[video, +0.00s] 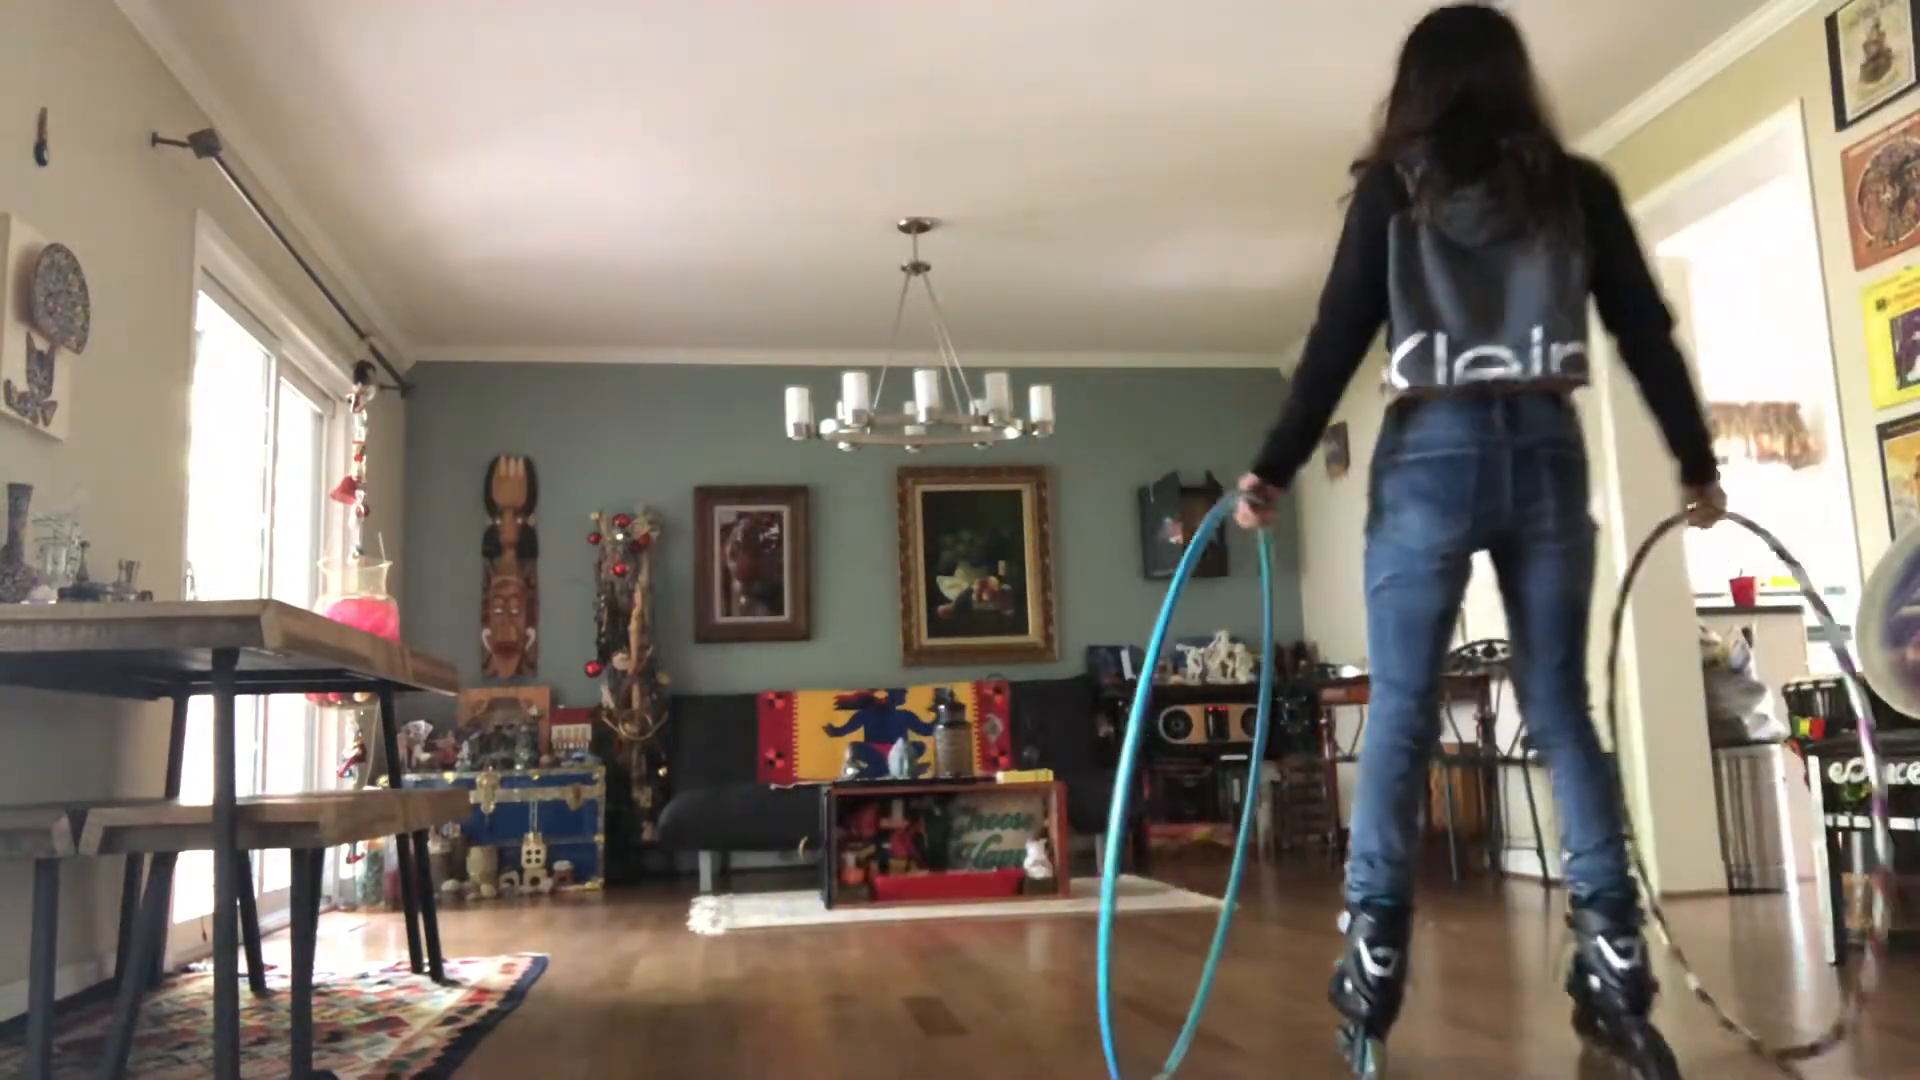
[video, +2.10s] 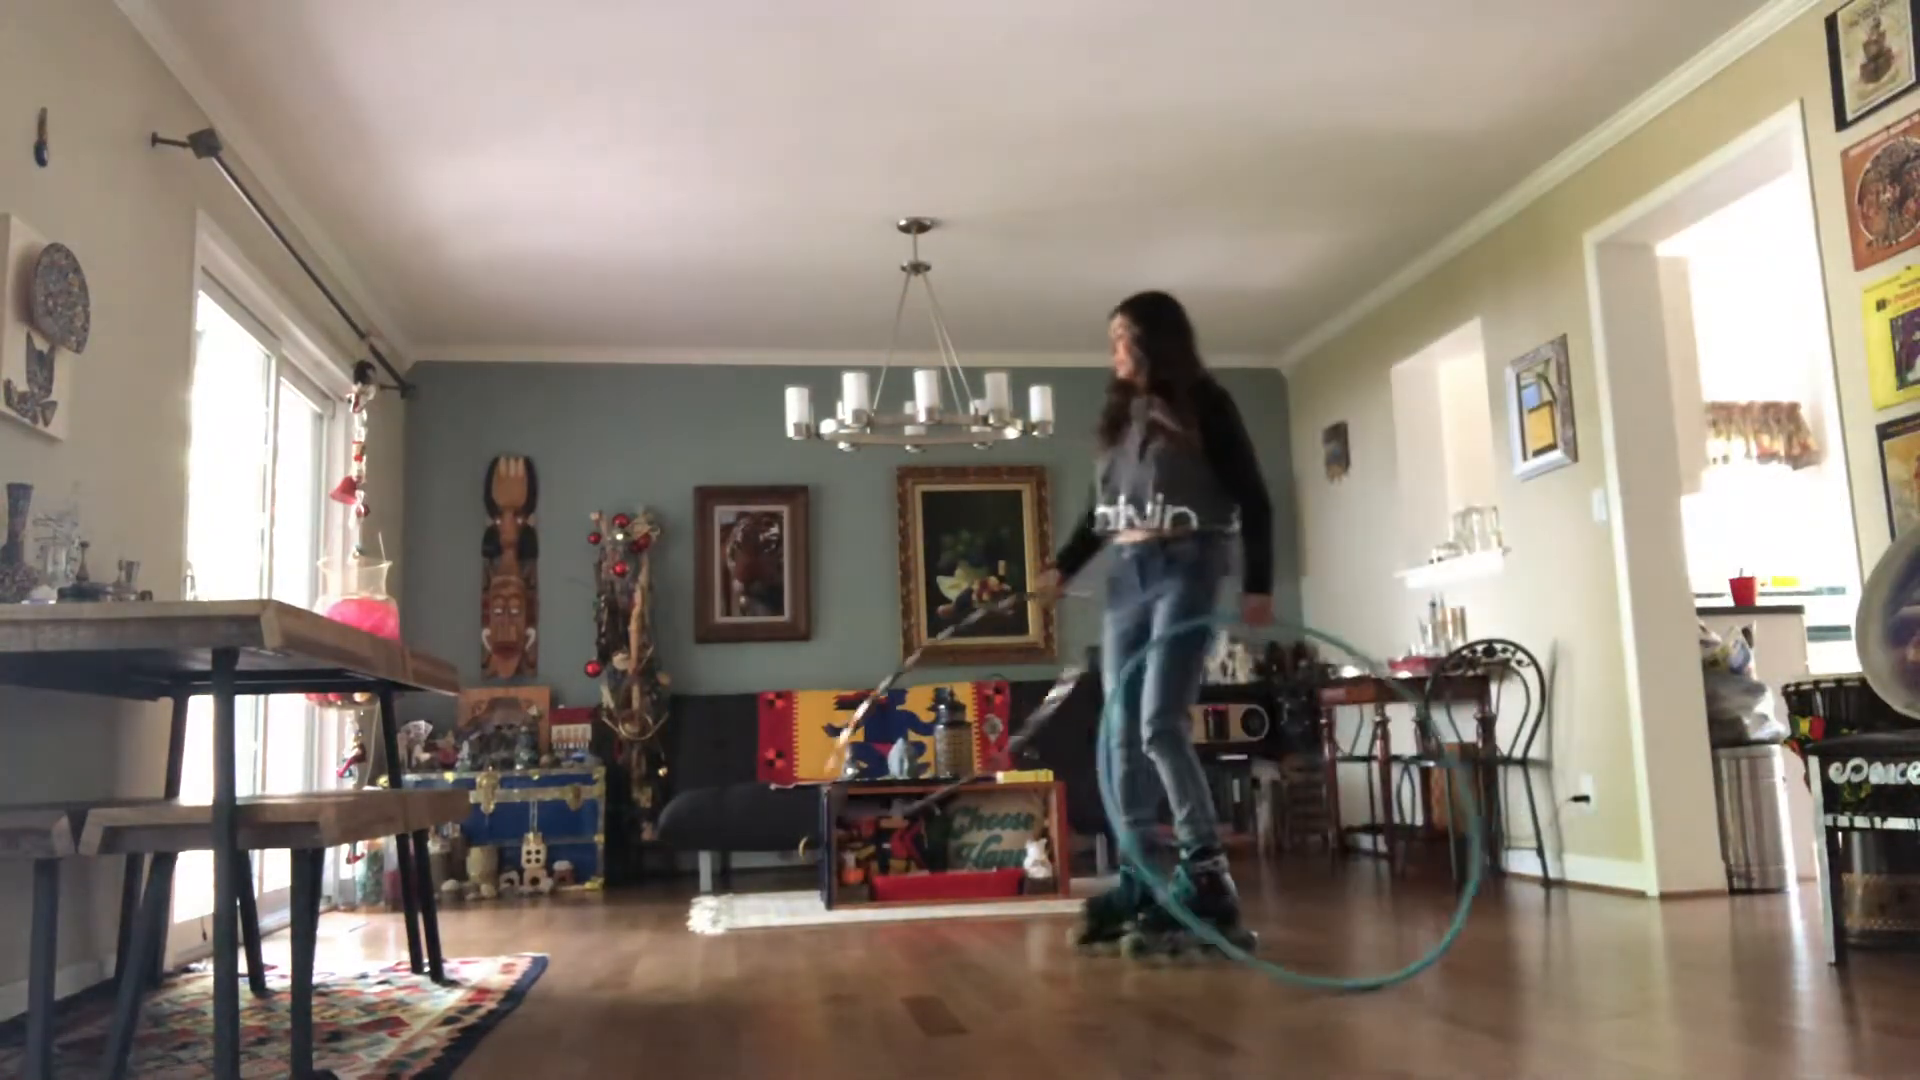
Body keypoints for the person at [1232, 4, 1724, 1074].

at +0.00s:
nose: (1402, 94)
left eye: (1410, 76)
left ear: (1416, 85)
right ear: (1520, 79)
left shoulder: (1389, 187)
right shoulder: (1578, 184)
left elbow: (1340, 338)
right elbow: (1642, 328)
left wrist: (1271, 465)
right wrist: (1696, 458)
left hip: (1429, 442)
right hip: (1551, 442)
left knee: (1401, 704)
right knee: (1559, 703)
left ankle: (1375, 951)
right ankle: (1615, 951)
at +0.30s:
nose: (1350, 159)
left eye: (1357, 142)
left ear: (1368, 150)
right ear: (1459, 147)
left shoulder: (1354, 243)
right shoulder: (1507, 248)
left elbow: (1340, 379)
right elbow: (1549, 387)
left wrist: (1298, 510)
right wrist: (1580, 508)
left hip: (1377, 479)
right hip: (1481, 479)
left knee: (1354, 718)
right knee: (1503, 717)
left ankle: (1343, 934)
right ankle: (1563, 934)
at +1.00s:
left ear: (1284, 273)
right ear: (1364, 267)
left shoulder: (1264, 346)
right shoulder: (1400, 337)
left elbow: (1229, 456)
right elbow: (1447, 445)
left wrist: (1200, 557)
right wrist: (1490, 544)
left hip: (1289, 531)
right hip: (1383, 529)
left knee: (1283, 717)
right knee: (1405, 719)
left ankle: (1266, 894)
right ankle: (1460, 893)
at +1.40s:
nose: (1243, 324)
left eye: (1247, 312)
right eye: (1251, 310)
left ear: (1258, 314)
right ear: (1320, 311)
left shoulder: (1262, 374)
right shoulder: (1356, 380)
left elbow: (1260, 473)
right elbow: (1399, 481)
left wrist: (1229, 573)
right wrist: (1376, 557)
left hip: (1292, 548)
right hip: (1354, 548)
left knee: (1255, 723)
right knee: (1366, 735)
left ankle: (1292, 886)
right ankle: (1409, 894)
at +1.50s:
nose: (1231, 334)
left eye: (1236, 321)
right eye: (1234, 321)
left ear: (1250, 322)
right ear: (1299, 319)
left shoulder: (1266, 378)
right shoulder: (1326, 379)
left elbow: (1274, 478)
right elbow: (1357, 491)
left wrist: (1238, 572)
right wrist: (1328, 551)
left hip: (1290, 561)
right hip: (1332, 561)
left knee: (1237, 729)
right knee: (1336, 735)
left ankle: (1268, 887)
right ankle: (1384, 887)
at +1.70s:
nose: (1188, 355)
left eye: (1195, 343)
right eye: (1189, 343)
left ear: (1224, 344)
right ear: (1229, 341)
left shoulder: (1267, 401)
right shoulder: (1223, 410)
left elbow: (1302, 494)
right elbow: (1216, 506)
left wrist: (1283, 576)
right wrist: (1194, 579)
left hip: (1262, 580)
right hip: (1234, 580)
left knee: (1197, 724)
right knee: (1264, 739)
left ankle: (1237, 874)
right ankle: (1288, 880)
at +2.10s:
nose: (1118, 352)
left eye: (1129, 340)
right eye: (1115, 341)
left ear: (1162, 342)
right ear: (1116, 348)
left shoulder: (1205, 402)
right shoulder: (1120, 416)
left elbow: (1252, 492)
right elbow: (1105, 507)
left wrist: (1260, 584)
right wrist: (1061, 569)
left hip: (1190, 562)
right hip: (1126, 566)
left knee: (1160, 723)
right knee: (1122, 730)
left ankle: (1207, 877)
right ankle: (1135, 881)